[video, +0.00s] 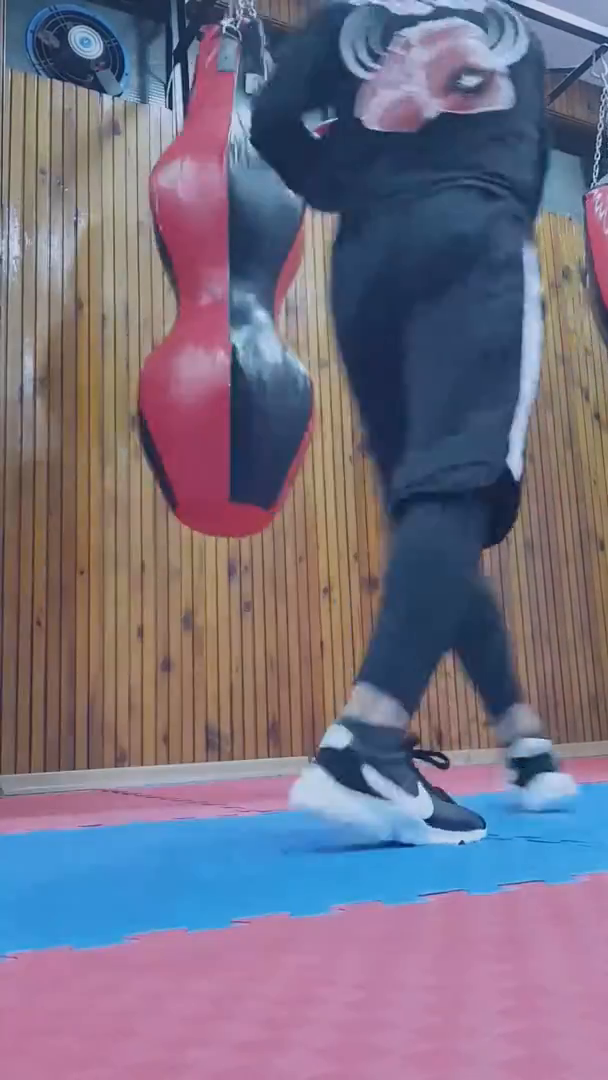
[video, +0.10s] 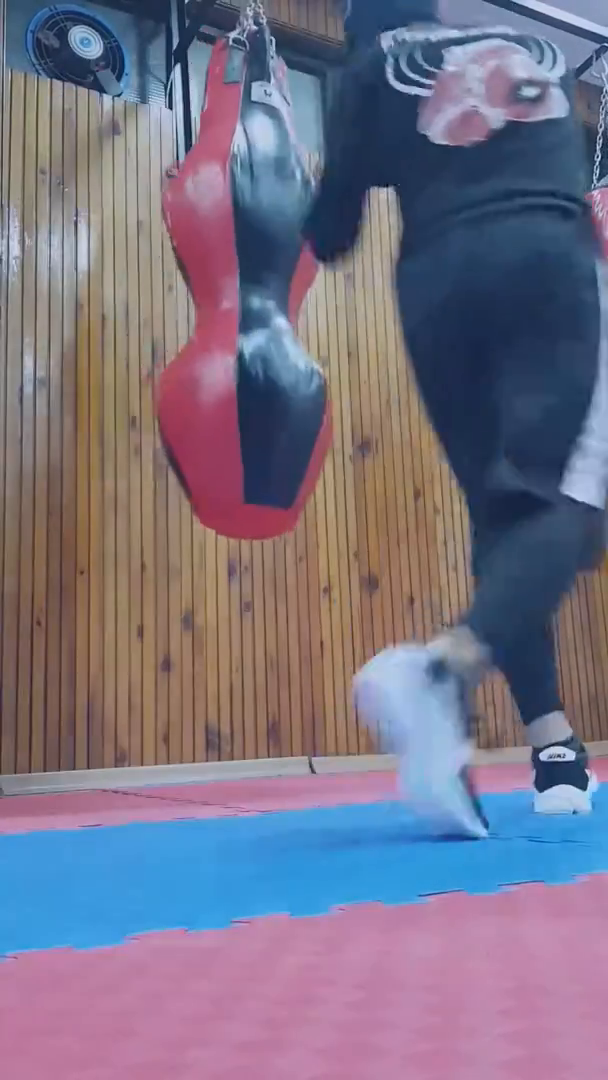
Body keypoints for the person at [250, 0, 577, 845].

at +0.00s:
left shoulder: (348, 17)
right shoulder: (515, 17)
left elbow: (272, 118)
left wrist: (351, 191)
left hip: (367, 234)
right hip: (473, 217)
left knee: (427, 501)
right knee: (455, 486)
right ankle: (366, 742)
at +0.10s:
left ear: (398, 10)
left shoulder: (376, 61)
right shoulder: (559, 34)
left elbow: (332, 231)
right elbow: (590, 164)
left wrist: (315, 183)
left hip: (435, 267)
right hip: (549, 246)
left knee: (497, 508)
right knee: (568, 502)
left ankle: (554, 748)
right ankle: (440, 672)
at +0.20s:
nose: (387, 108)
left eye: (383, 95)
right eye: (384, 95)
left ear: (404, 79)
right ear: (455, 53)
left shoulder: (410, 123)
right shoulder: (567, 78)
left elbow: (397, 296)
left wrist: (381, 224)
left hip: (502, 298)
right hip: (597, 275)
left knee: (527, 550)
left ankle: (561, 754)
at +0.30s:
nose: (425, 122)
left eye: (423, 110)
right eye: (424, 110)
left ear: (443, 93)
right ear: (493, 68)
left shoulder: (451, 131)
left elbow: (460, 300)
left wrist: (419, 219)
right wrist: (431, 217)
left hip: (557, 309)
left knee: (540, 536)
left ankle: (559, 751)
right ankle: (561, 748)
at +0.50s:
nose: (528, 129)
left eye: (532, 116)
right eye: (531, 120)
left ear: (556, 105)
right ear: (587, 98)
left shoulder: (565, 129)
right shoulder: (574, 132)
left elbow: (532, 211)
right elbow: (534, 211)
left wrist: (491, 280)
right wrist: (497, 274)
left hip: (602, 366)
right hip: (592, 368)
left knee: (577, 545)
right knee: (574, 543)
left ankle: (572, 744)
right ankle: (571, 742)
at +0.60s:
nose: (587, 153)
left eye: (588, 140)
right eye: (590, 141)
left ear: (592, 138)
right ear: (594, 140)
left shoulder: (599, 186)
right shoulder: (589, 196)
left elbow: (528, 297)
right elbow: (527, 298)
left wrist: (542, 267)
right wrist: (555, 273)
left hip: (601, 406)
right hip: (598, 404)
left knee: (574, 544)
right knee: (574, 543)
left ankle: (602, 703)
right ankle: (598, 706)